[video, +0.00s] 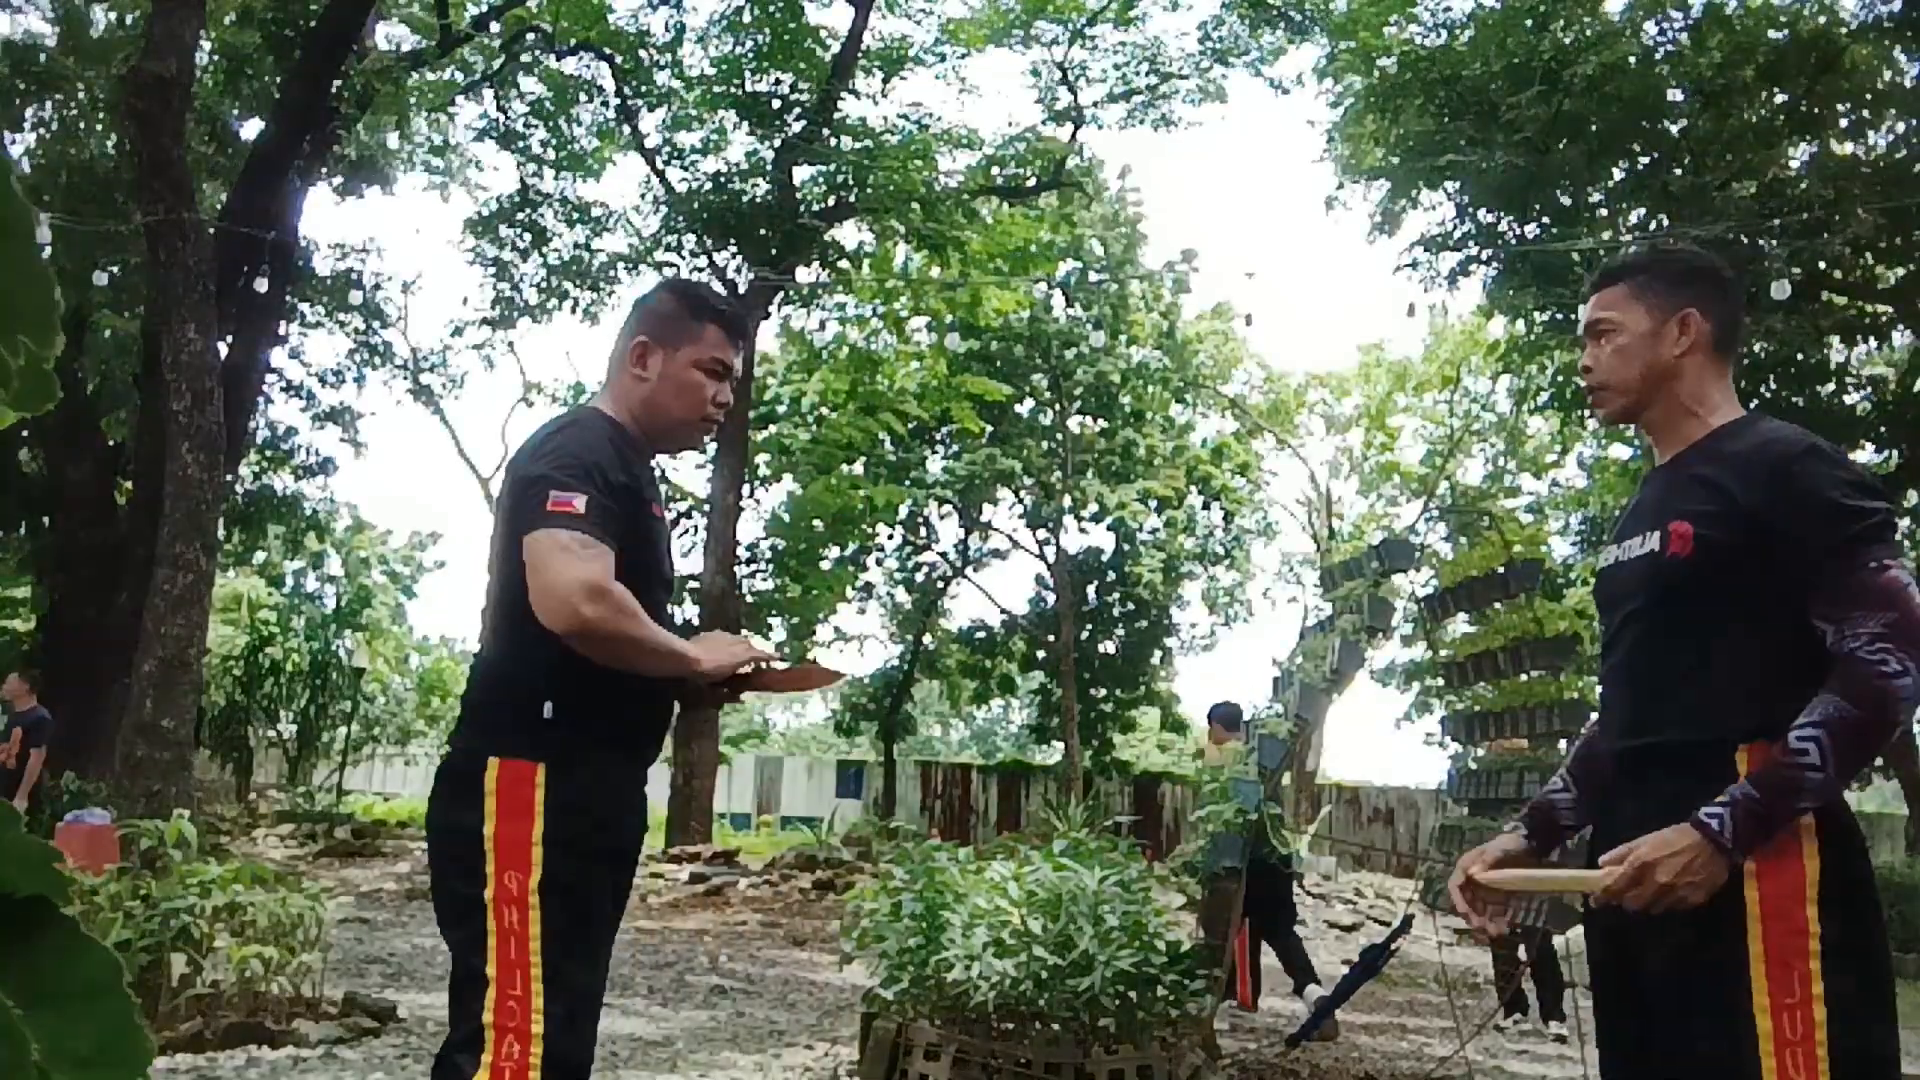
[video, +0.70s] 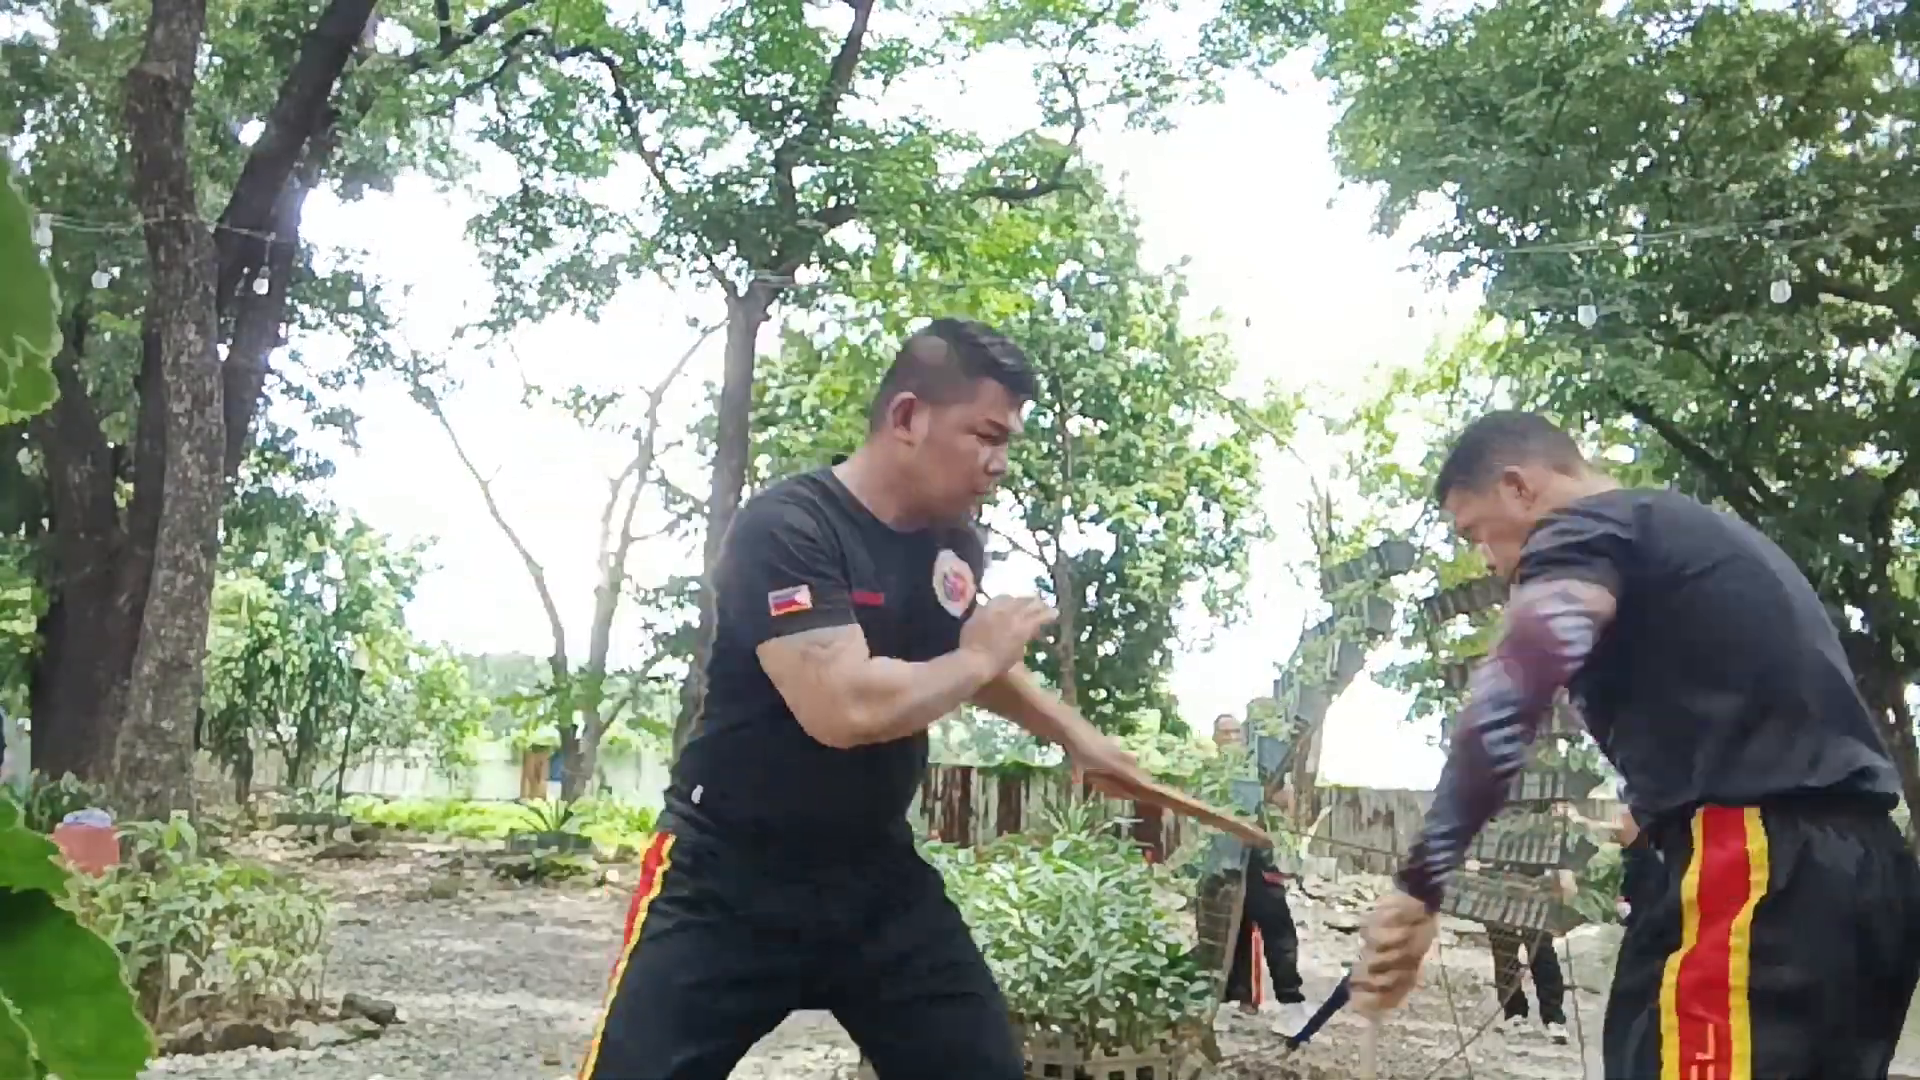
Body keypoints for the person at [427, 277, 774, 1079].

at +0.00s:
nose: (726, 399)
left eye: (731, 382)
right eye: (713, 372)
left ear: (650, 365)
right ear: (644, 358)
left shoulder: (625, 472)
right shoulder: (581, 446)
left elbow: (612, 633)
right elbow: (572, 600)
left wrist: (710, 671)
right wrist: (691, 656)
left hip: (581, 788)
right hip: (529, 786)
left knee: (552, 1046)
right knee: (516, 1050)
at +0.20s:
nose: (733, 406)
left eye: (739, 388)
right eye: (722, 380)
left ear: (657, 370)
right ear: (654, 365)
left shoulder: (607, 453)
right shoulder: (610, 453)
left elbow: (615, 625)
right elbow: (639, 620)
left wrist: (700, 672)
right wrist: (730, 664)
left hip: (576, 796)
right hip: (557, 797)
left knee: (517, 1051)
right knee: (565, 1056)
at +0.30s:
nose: (758, 409)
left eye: (765, 392)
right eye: (751, 383)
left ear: (684, 368)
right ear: (685, 364)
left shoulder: (593, 448)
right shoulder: (654, 458)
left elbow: (516, 614)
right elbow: (720, 641)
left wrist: (690, 667)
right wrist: (792, 680)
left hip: (570, 797)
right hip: (592, 806)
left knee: (585, 1051)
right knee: (589, 1059)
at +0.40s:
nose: (805, 418)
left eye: (812, 399)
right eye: (797, 389)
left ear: (726, 367)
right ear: (728, 364)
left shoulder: (610, 451)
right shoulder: (699, 460)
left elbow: (495, 559)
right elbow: (788, 652)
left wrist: (593, 651)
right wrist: (837, 680)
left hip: (668, 805)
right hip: (607, 804)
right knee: (588, 1062)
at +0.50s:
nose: (852, 420)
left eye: (860, 401)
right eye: (843, 391)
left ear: (768, 368)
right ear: (772, 366)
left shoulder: (656, 447)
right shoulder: (733, 466)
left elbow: (544, 537)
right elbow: (832, 660)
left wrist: (645, 661)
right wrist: (891, 659)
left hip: (722, 814)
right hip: (634, 814)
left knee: (847, 1048)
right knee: (603, 1066)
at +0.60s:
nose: (936, 434)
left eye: (942, 415)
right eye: (926, 405)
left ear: (854, 390)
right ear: (851, 383)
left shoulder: (832, 500)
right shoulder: (760, 487)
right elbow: (862, 674)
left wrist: (864, 703)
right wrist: (942, 637)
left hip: (801, 845)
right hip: (677, 847)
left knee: (910, 1068)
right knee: (611, 1070)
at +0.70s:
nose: (1001, 467)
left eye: (1007, 445)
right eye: (986, 438)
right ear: (907, 419)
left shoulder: (956, 545)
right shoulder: (781, 524)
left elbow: (971, 664)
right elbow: (843, 708)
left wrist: (1077, 737)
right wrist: (975, 660)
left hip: (877, 880)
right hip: (728, 880)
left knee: (985, 1069)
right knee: (634, 1070)